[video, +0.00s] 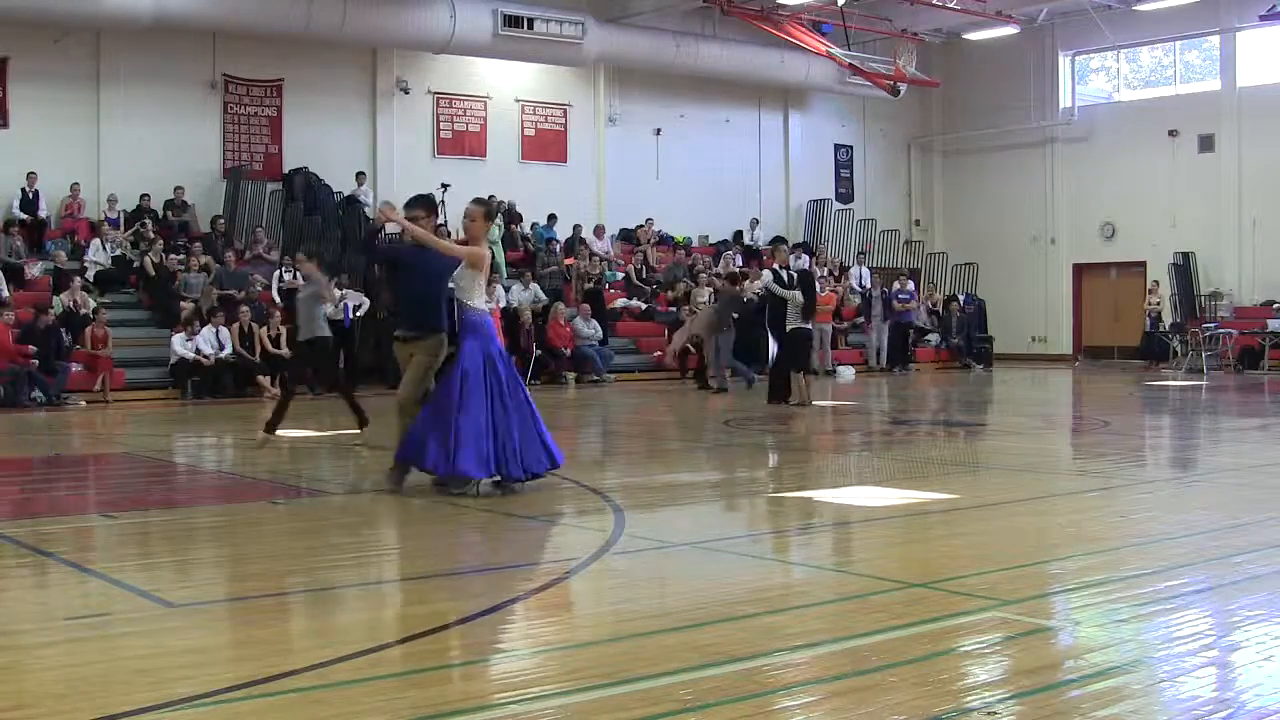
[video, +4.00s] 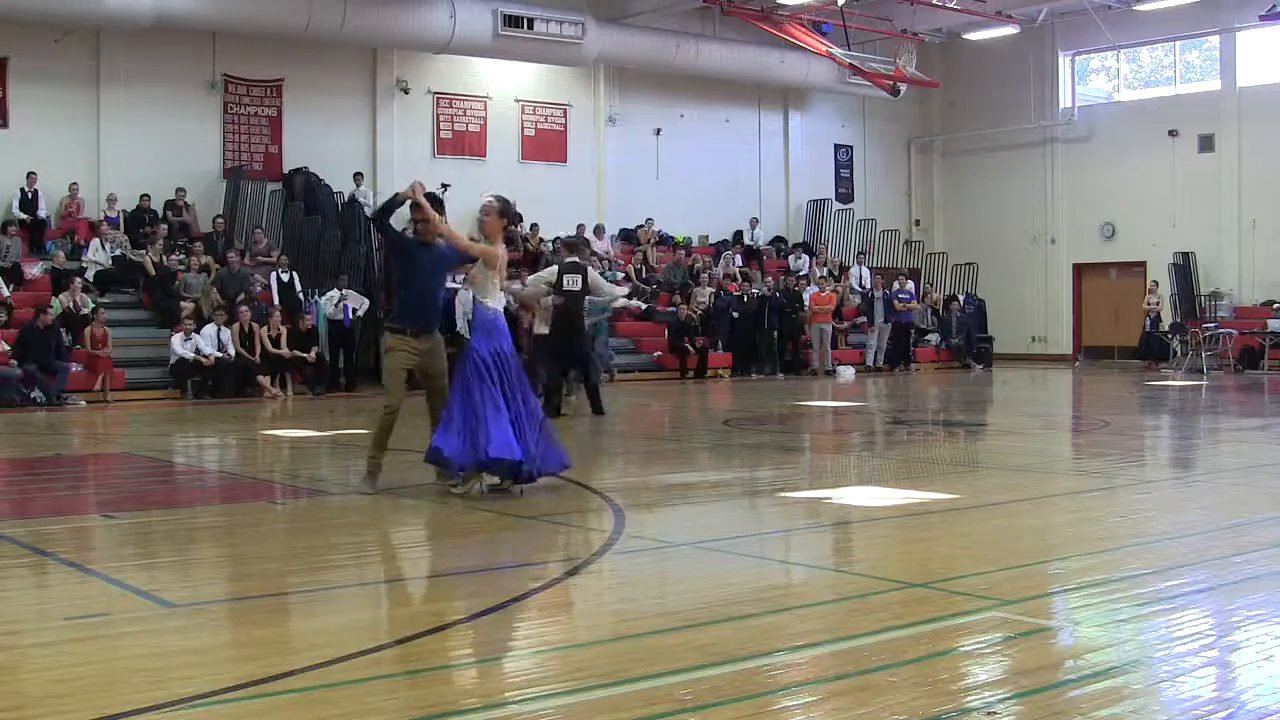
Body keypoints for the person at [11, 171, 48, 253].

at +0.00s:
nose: (33, 181)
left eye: (35, 179)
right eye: (31, 178)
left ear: (36, 180)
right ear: (27, 180)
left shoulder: (39, 193)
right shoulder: (20, 192)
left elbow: (43, 208)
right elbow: (14, 210)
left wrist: (41, 216)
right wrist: (25, 217)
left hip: (36, 218)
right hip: (25, 218)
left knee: (43, 223)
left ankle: (40, 248)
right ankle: (30, 249)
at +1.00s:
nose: (33, 181)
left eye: (34, 179)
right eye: (31, 178)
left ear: (36, 180)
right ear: (27, 180)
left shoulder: (39, 193)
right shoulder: (20, 192)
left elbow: (42, 208)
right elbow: (15, 209)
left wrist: (41, 216)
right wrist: (25, 217)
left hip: (36, 218)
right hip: (25, 218)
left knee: (43, 223)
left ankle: (40, 247)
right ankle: (31, 248)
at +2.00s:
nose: (31, 181)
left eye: (33, 179)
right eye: (29, 179)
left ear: (36, 180)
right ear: (26, 180)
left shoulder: (39, 193)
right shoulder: (20, 192)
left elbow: (42, 209)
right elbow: (15, 210)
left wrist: (41, 216)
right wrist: (25, 217)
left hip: (36, 217)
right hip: (24, 217)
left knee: (42, 223)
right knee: (34, 225)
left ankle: (40, 248)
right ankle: (33, 248)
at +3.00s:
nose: (31, 181)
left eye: (33, 179)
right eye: (29, 179)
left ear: (36, 180)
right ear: (26, 180)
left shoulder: (39, 193)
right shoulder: (19, 192)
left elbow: (42, 209)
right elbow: (14, 210)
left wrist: (41, 216)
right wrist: (25, 217)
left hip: (36, 218)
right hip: (24, 218)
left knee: (42, 223)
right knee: (32, 225)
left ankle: (40, 248)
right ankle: (31, 248)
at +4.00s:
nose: (33, 182)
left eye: (35, 180)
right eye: (32, 180)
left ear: (36, 181)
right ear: (27, 180)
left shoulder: (38, 193)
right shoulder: (19, 192)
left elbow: (42, 209)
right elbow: (15, 209)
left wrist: (39, 216)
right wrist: (25, 217)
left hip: (36, 217)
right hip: (24, 218)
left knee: (42, 223)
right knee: (33, 225)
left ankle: (40, 249)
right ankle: (32, 249)